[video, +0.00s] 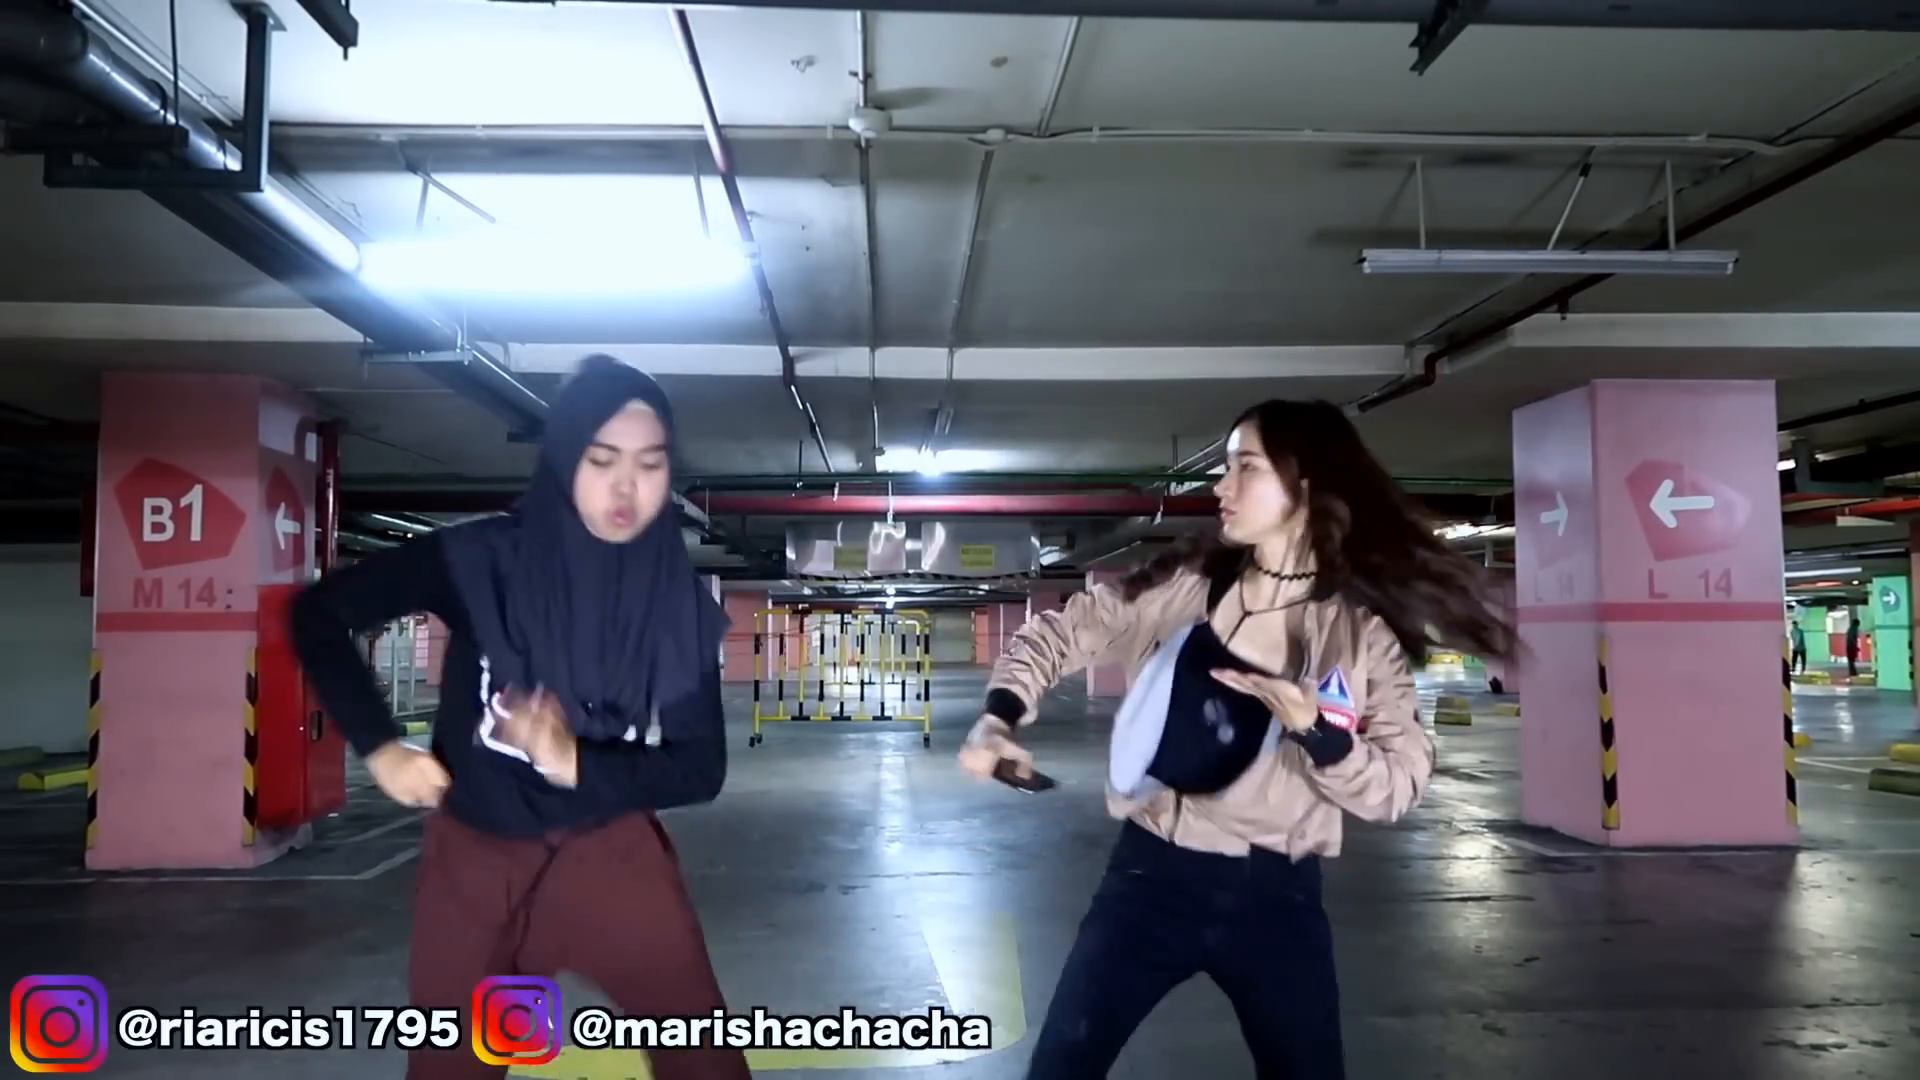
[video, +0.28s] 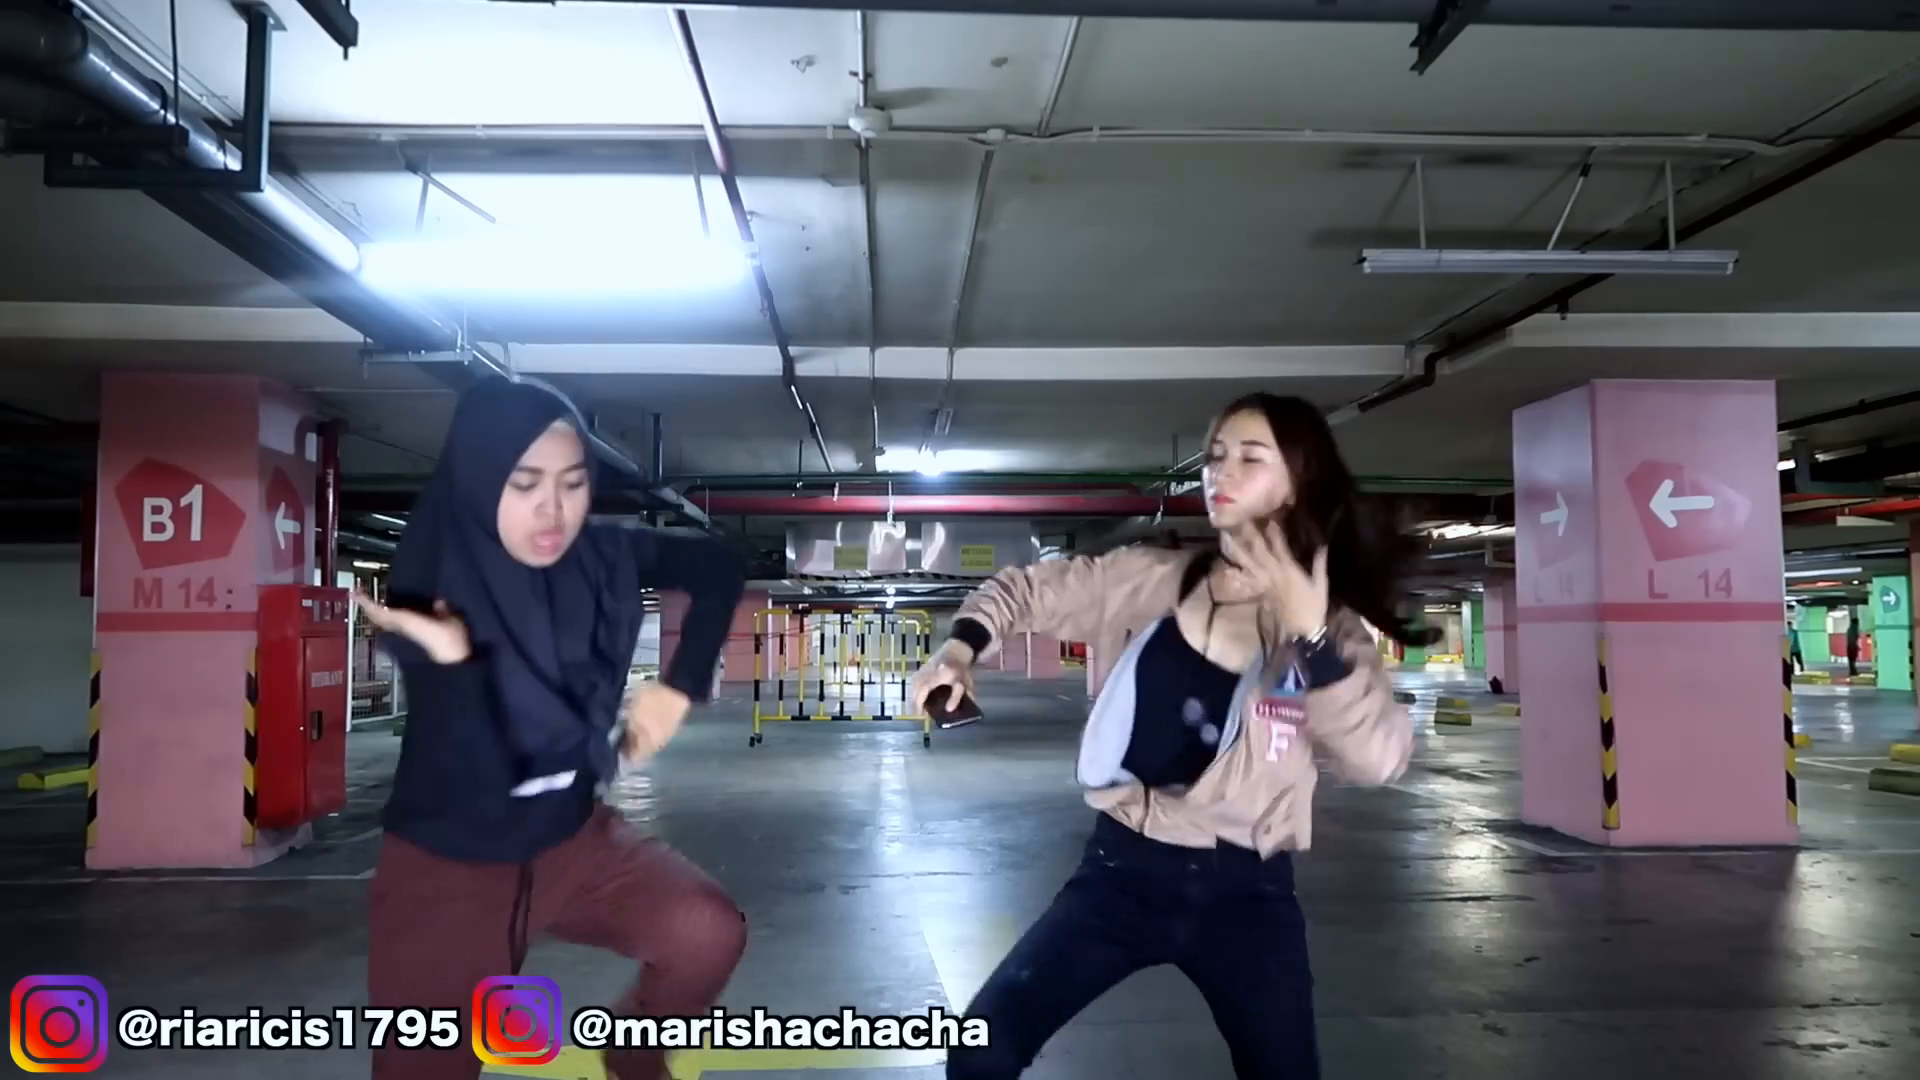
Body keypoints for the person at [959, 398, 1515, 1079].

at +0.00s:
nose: (1221, 485)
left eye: (1247, 467)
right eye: (1228, 465)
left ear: (1307, 488)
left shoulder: (1360, 632)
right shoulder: (1186, 589)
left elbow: (1396, 790)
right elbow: (1067, 630)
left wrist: (1313, 729)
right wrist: (1000, 715)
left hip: (1276, 895)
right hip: (1150, 877)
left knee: (1307, 1071)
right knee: (1060, 1065)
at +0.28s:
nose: (1219, 474)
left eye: (1249, 458)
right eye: (1214, 455)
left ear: (1298, 483)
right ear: (1203, 470)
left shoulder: (1333, 631)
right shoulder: (1149, 579)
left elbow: (1379, 760)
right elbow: (1023, 591)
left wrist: (1309, 637)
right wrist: (959, 648)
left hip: (1247, 896)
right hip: (1119, 878)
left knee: (1286, 1070)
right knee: (980, 1044)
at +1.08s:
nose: (1144, 456)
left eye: (1158, 434)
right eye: (1119, 443)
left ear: (1181, 445)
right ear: (1089, 467)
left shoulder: (1256, 551)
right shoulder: (1058, 604)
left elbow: (1359, 582)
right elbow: (969, 735)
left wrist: (1408, 690)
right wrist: (1015, 672)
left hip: (1292, 831)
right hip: (1175, 862)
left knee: (1386, 1048)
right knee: (1162, 1064)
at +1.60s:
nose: (1232, 445)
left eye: (1252, 425)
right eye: (1212, 430)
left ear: (1287, 446)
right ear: (1190, 457)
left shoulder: (1358, 559)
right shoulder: (1147, 568)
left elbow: (1471, 590)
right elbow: (1067, 638)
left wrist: (1472, 634)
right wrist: (1047, 729)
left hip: (1291, 858)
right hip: (1169, 854)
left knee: (1357, 1065)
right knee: (1116, 1061)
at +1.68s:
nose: (1242, 454)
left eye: (1263, 435)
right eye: (1221, 440)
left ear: (1294, 458)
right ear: (1198, 466)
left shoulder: (1354, 588)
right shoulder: (1149, 587)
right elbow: (1102, 698)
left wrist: (1460, 644)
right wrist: (1051, 740)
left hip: (1296, 867)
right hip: (1172, 866)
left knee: (1371, 1066)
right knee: (1116, 1060)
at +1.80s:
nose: (1238, 482)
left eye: (1260, 462)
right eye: (1219, 465)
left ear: (1294, 483)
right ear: (1197, 487)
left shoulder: (1325, 618)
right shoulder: (1138, 600)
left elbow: (1381, 752)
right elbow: (1088, 678)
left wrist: (1452, 693)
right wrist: (1062, 704)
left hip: (1317, 884)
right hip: (1190, 887)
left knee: (1367, 1066)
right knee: (1067, 1064)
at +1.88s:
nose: (1223, 490)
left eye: (1244, 470)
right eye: (1204, 473)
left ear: (1277, 490)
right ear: (1184, 493)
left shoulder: (1313, 628)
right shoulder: (1121, 595)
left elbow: (1359, 751)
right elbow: (1013, 686)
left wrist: (1449, 713)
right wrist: (1047, 641)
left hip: (1298, 885)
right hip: (1171, 890)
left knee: (1358, 1066)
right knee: (1070, 1063)